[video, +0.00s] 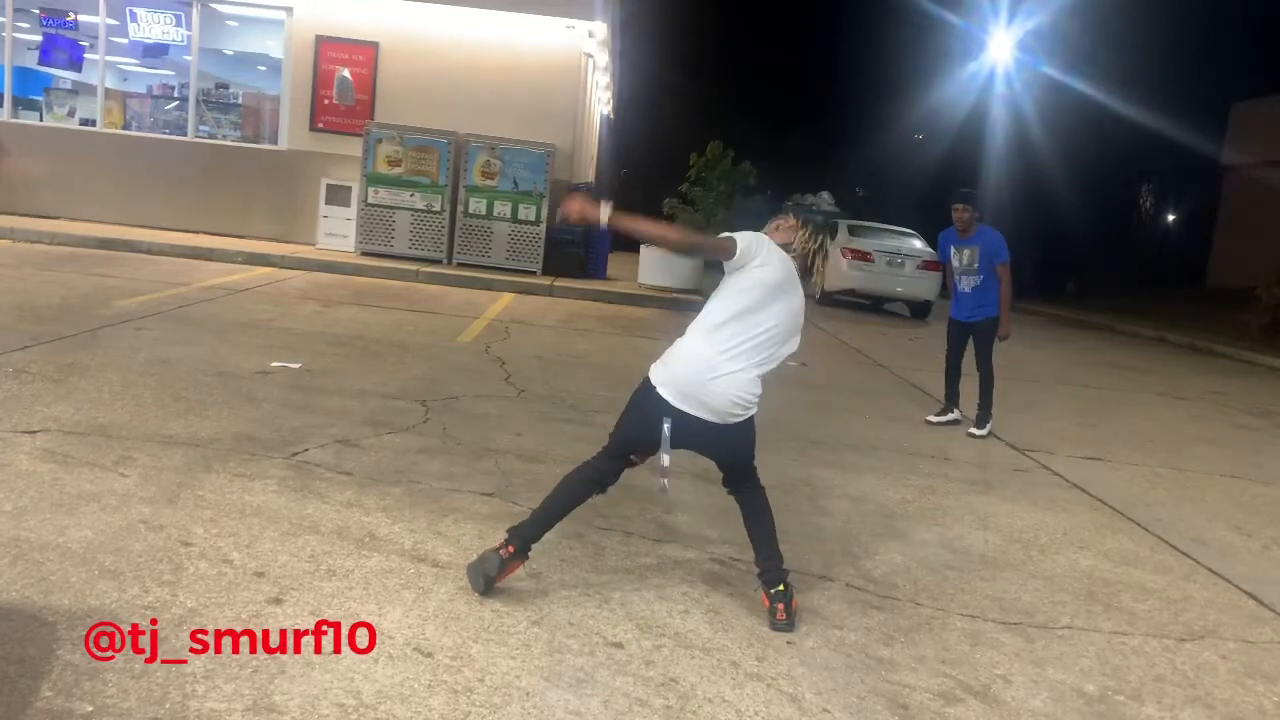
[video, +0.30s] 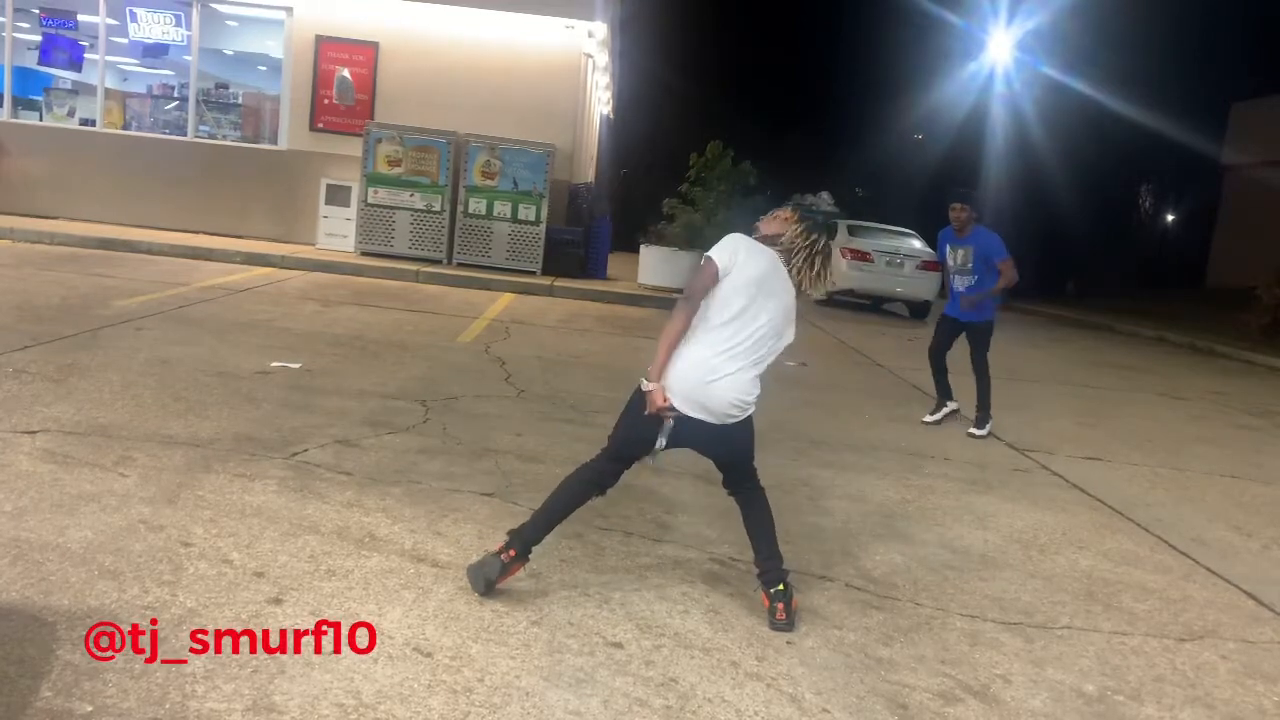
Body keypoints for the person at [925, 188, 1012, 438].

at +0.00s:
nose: (959, 216)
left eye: (964, 211)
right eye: (955, 210)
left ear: (975, 213)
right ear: (951, 213)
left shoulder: (993, 239)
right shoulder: (946, 238)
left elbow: (1005, 278)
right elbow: (949, 274)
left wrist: (1004, 320)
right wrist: (955, 302)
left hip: (986, 315)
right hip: (959, 313)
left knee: (984, 366)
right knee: (952, 361)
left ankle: (983, 418)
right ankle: (951, 408)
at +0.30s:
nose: (956, 215)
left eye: (962, 210)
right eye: (953, 210)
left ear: (973, 213)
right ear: (948, 212)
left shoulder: (988, 240)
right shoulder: (945, 237)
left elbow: (1011, 276)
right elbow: (947, 269)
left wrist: (980, 296)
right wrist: (949, 296)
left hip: (980, 316)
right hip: (953, 311)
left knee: (979, 363)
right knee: (935, 353)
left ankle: (983, 417)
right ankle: (945, 401)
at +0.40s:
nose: (953, 215)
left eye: (958, 210)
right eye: (949, 210)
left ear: (969, 213)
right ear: (945, 212)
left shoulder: (981, 237)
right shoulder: (942, 235)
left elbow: (995, 270)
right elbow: (947, 267)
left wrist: (961, 276)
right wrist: (945, 289)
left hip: (977, 315)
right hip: (950, 310)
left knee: (978, 363)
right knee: (932, 351)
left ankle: (983, 417)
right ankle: (937, 404)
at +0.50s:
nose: (946, 214)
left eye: (951, 209)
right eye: (942, 209)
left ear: (962, 213)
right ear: (937, 211)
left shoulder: (970, 235)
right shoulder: (935, 233)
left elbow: (957, 251)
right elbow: (935, 264)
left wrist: (924, 259)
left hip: (970, 313)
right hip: (944, 311)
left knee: (976, 365)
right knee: (930, 357)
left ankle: (983, 419)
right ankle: (927, 411)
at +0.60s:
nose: (936, 212)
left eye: (941, 208)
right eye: (933, 208)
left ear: (951, 211)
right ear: (928, 211)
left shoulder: (961, 235)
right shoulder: (927, 233)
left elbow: (938, 247)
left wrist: (909, 247)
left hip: (962, 311)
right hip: (936, 309)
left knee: (967, 363)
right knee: (923, 356)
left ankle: (982, 418)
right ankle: (926, 411)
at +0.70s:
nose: (925, 209)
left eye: (930, 204)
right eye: (922, 204)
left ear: (940, 209)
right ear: (917, 207)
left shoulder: (949, 232)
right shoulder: (918, 230)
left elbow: (941, 262)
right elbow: (923, 260)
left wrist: (911, 247)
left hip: (949, 308)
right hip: (926, 306)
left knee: (946, 360)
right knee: (918, 358)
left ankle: (976, 411)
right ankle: (925, 411)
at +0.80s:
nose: (908, 205)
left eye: (913, 200)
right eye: (905, 200)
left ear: (923, 203)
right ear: (901, 204)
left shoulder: (935, 231)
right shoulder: (909, 231)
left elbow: (953, 271)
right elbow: (914, 265)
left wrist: (922, 277)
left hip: (933, 303)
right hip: (915, 303)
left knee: (919, 355)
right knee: (916, 355)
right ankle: (924, 409)